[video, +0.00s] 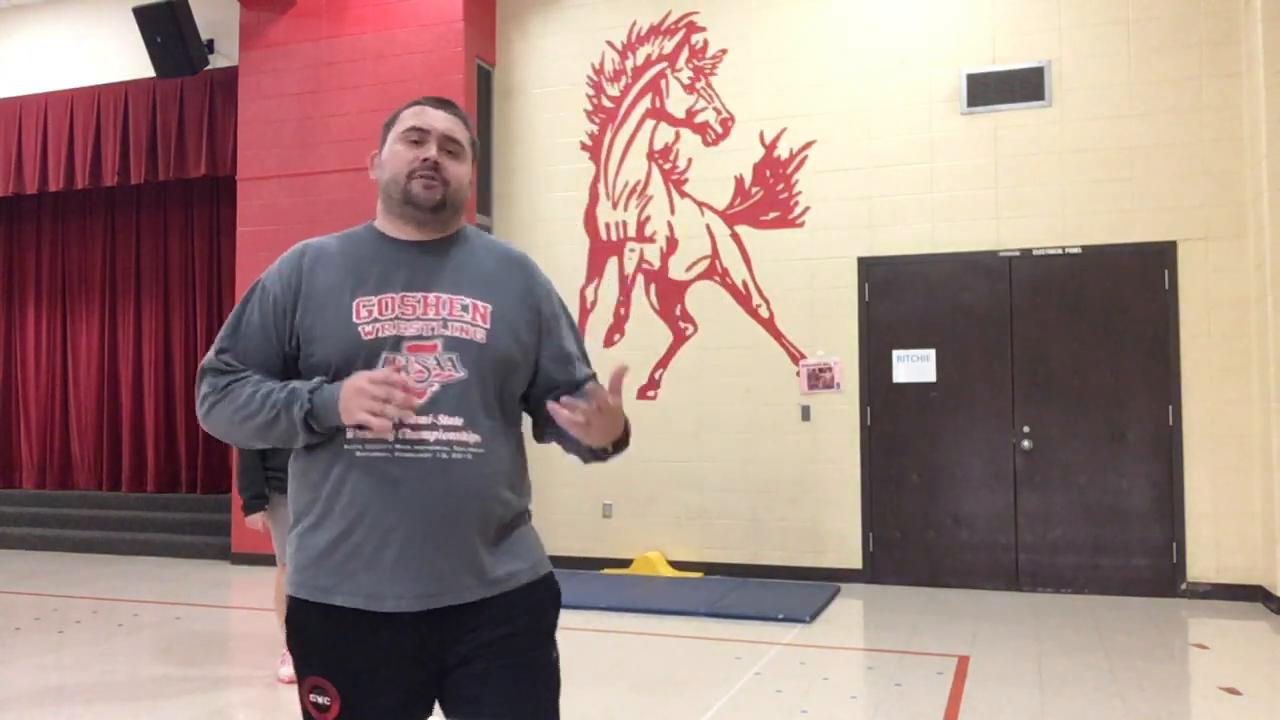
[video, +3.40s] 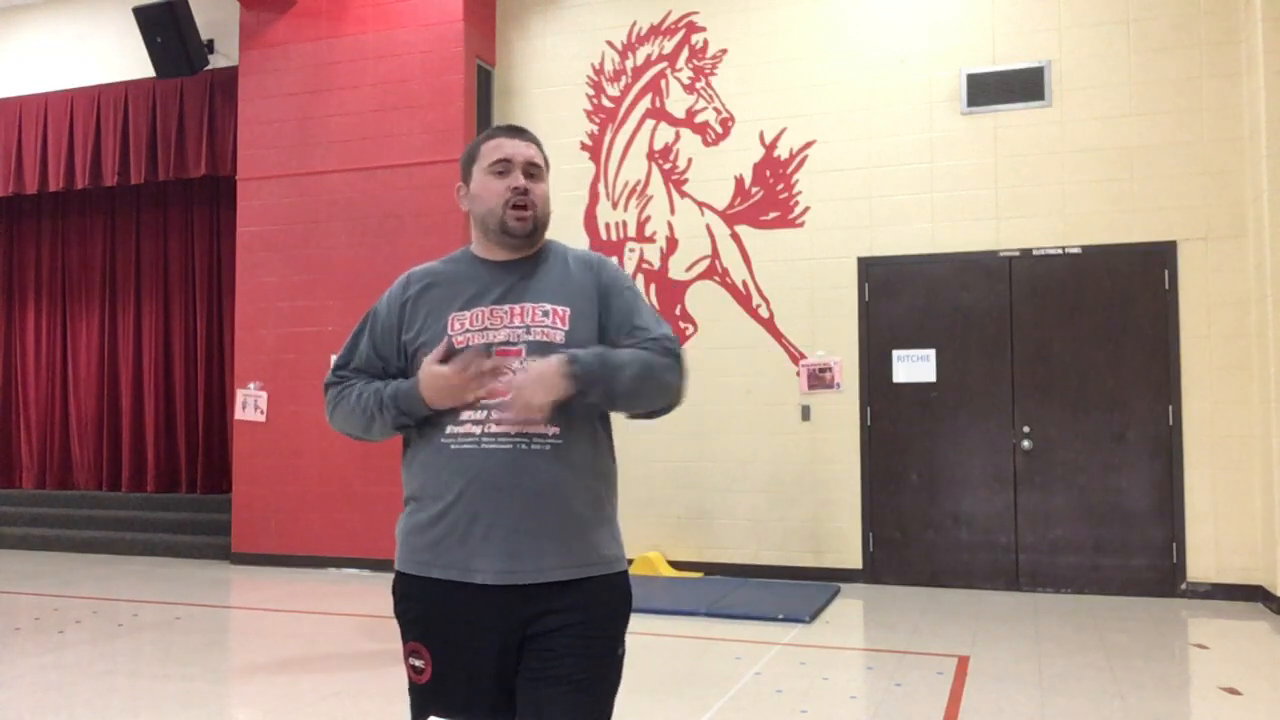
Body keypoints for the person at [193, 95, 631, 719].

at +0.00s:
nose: (431, 154)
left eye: (451, 148)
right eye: (413, 139)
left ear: (472, 178)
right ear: (377, 161)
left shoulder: (515, 277)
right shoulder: (306, 270)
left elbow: (565, 401)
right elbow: (218, 392)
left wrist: (608, 435)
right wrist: (329, 403)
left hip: (497, 597)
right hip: (345, 603)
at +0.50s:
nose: (509, 132)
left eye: (529, 124)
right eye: (488, 118)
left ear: (552, 154)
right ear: (450, 145)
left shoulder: (597, 266)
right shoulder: (384, 253)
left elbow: (656, 410)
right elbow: (301, 390)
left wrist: (672, 422)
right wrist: (430, 405)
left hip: (565, 608)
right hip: (408, 606)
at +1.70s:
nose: (585, 139)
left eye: (603, 128)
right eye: (563, 126)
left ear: (624, 156)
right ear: (523, 156)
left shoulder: (673, 274)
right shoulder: (461, 257)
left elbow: (714, 417)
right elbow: (361, 398)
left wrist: (756, 378)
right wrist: (418, 318)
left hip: (643, 612)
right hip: (491, 607)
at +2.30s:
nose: (530, 170)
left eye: (543, 156)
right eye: (507, 158)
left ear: (562, 174)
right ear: (473, 189)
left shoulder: (623, 279)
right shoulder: (432, 283)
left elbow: (693, 411)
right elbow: (364, 414)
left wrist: (652, 359)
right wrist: (428, 360)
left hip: (592, 590)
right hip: (456, 590)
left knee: (581, 710)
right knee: (464, 710)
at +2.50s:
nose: (516, 175)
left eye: (529, 161)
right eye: (494, 165)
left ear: (553, 181)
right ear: (465, 195)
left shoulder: (613, 273)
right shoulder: (427, 287)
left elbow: (671, 383)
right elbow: (360, 404)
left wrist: (576, 324)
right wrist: (419, 393)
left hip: (583, 581)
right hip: (449, 582)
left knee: (568, 711)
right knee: (456, 713)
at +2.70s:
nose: (503, 182)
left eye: (520, 169)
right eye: (485, 171)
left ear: (548, 186)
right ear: (463, 195)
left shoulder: (601, 271)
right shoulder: (424, 289)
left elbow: (629, 372)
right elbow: (366, 403)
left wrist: (510, 335)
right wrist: (437, 394)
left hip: (573, 573)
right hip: (442, 574)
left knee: (562, 711)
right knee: (450, 714)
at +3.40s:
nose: (520, 182)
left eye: (533, 172)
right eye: (500, 170)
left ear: (549, 193)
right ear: (464, 194)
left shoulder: (598, 280)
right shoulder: (415, 292)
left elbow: (666, 374)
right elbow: (342, 399)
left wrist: (573, 373)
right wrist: (419, 395)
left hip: (577, 580)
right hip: (446, 582)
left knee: (568, 711)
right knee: (452, 714)